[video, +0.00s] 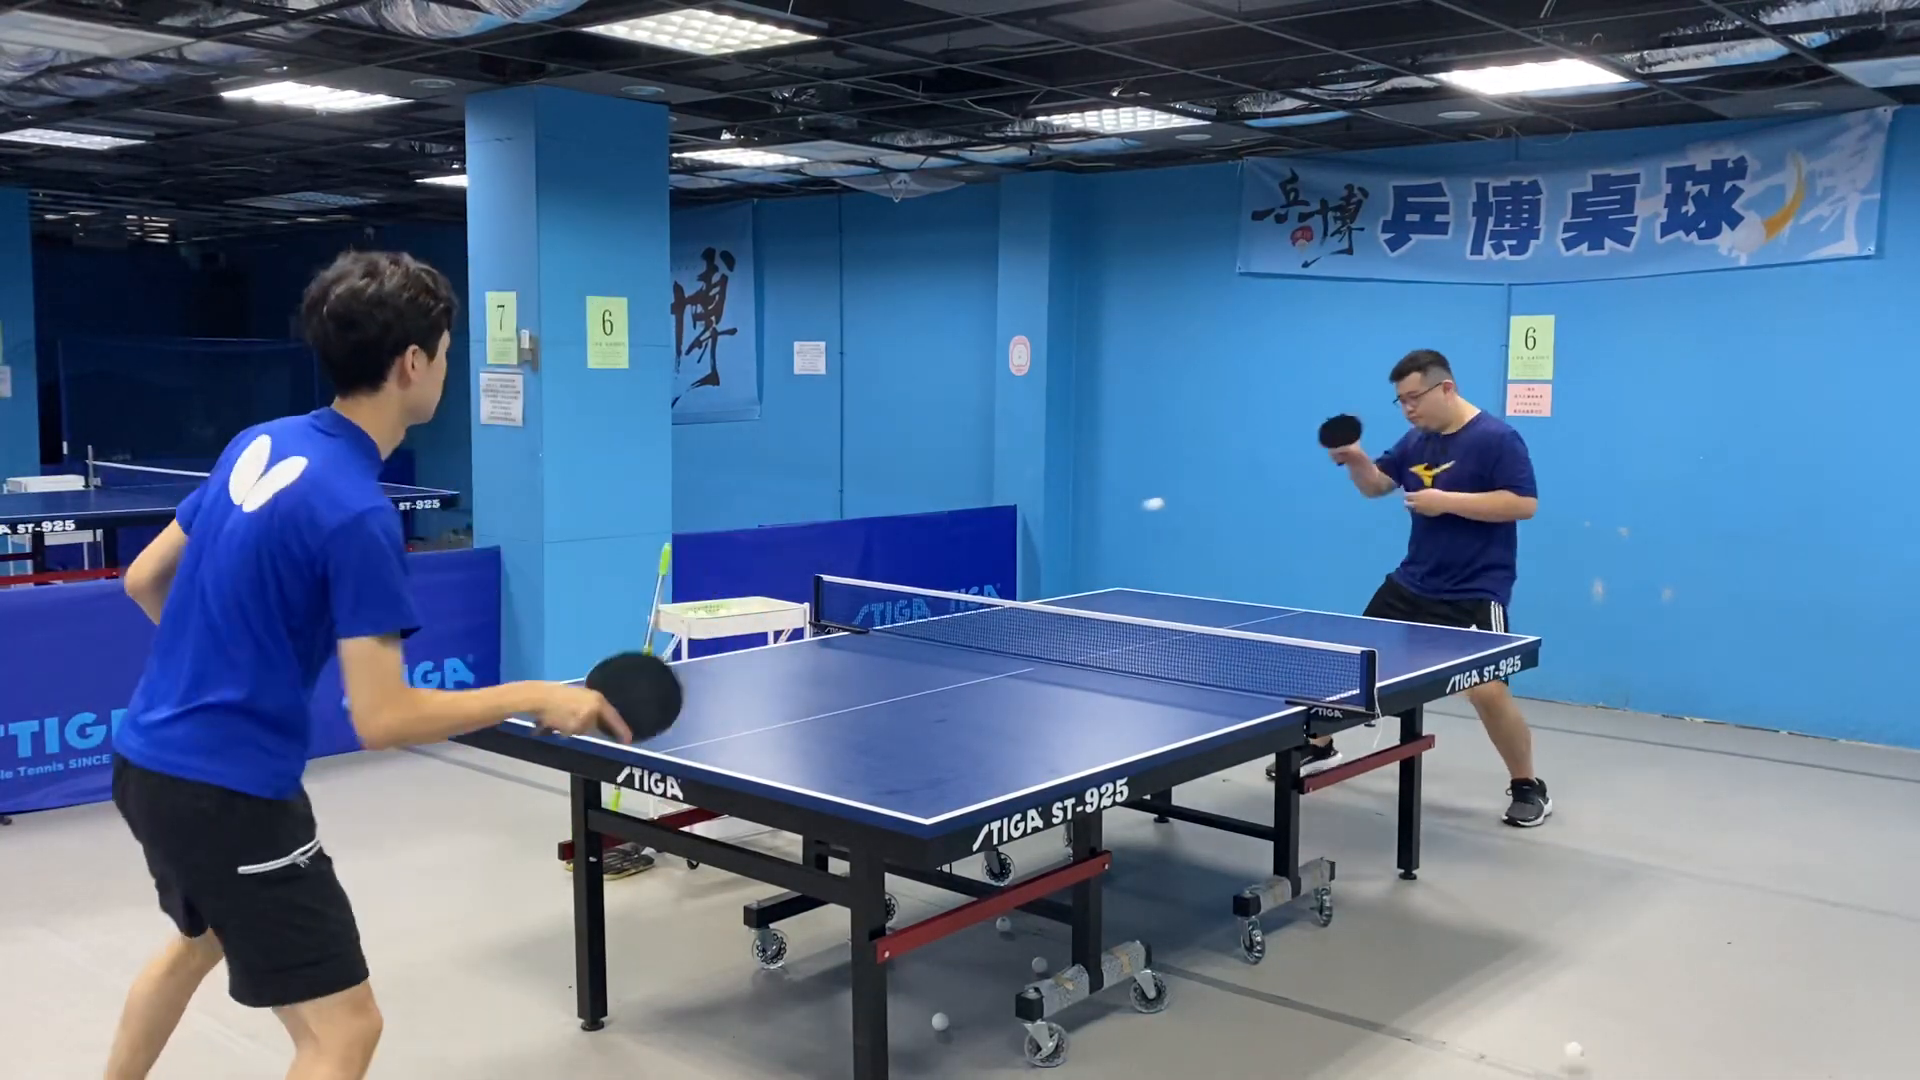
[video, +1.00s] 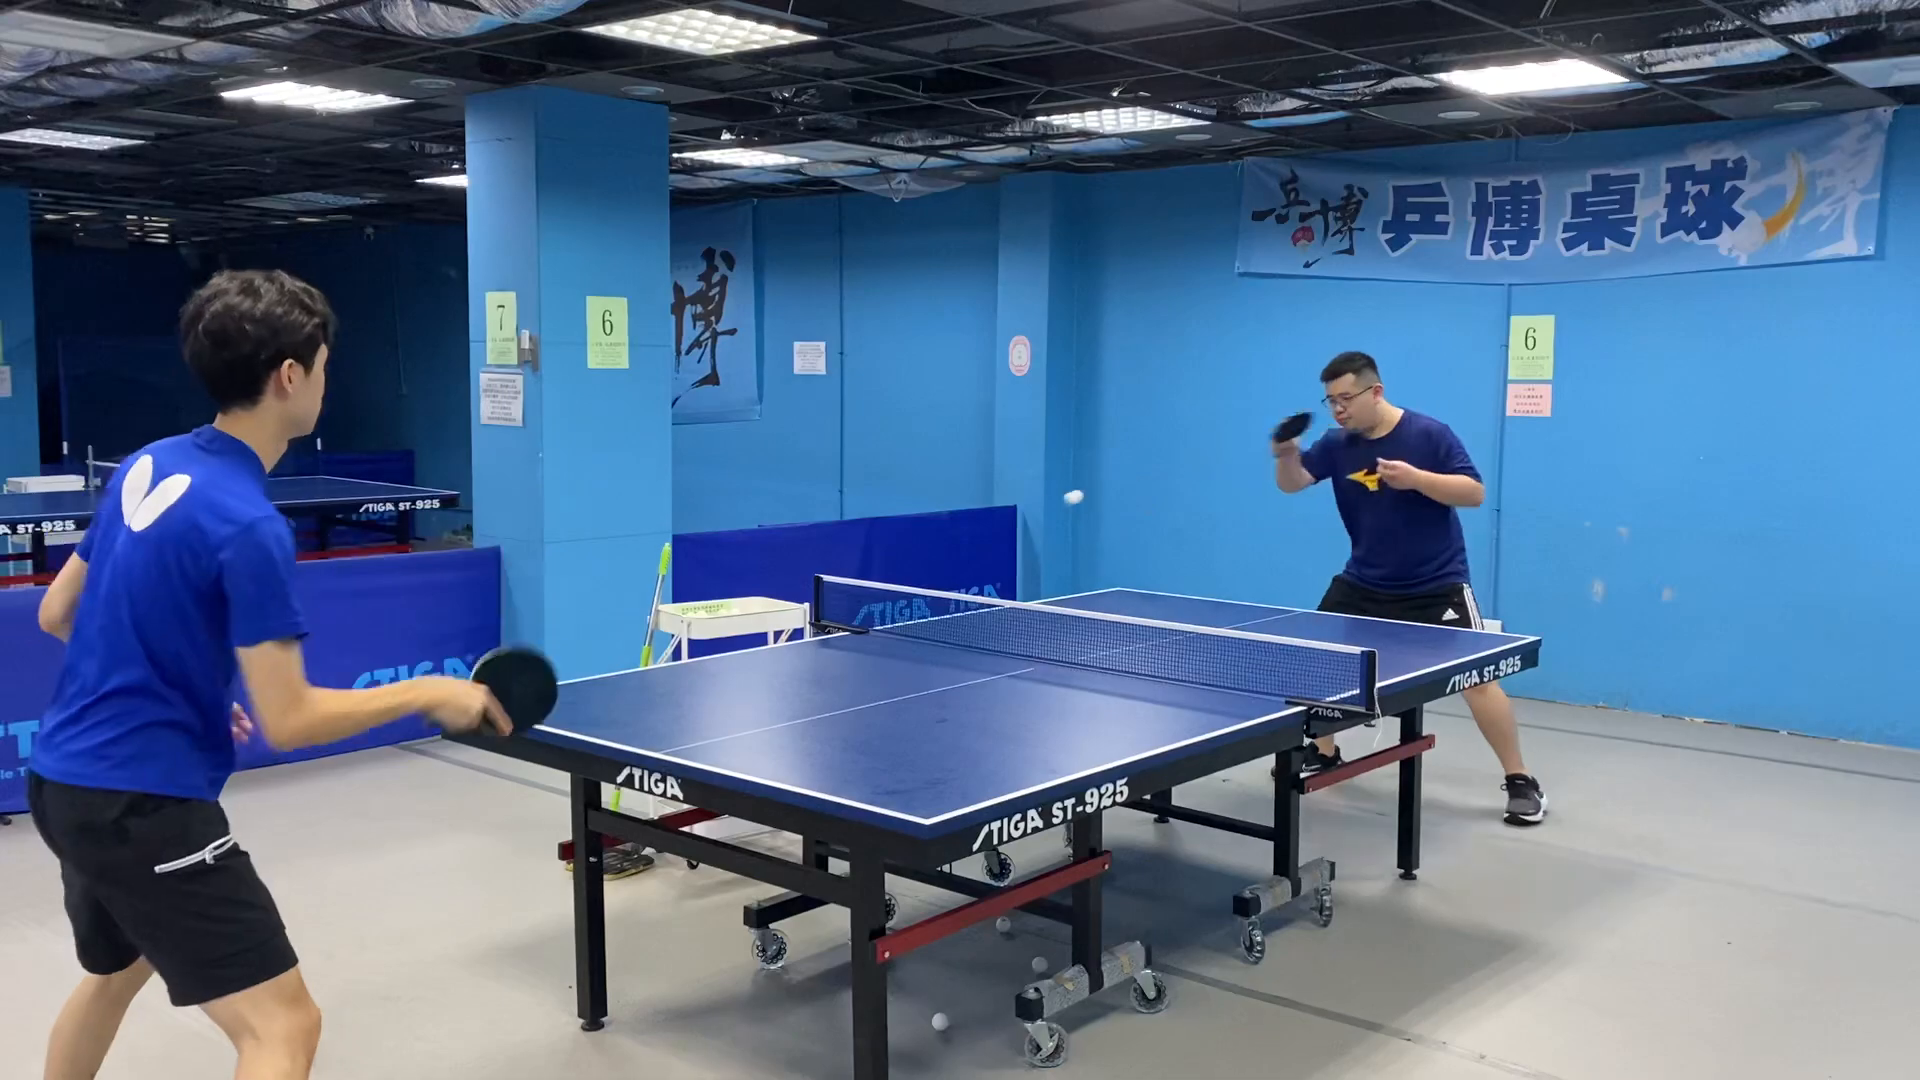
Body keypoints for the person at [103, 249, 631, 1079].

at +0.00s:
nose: (445, 374)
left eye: (445, 354)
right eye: (443, 354)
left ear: (334, 355)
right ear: (408, 365)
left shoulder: (256, 445)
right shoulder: (357, 508)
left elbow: (147, 577)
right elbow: (383, 715)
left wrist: (225, 658)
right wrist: (537, 698)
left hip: (147, 761)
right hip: (233, 790)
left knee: (200, 938)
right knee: (341, 1030)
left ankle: (118, 1073)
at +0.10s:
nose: (438, 410)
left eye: (440, 392)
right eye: (438, 392)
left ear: (339, 393)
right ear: (399, 403)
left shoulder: (278, 474)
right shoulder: (311, 536)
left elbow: (169, 598)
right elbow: (263, 743)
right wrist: (431, 761)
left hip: (139, 778)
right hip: (198, 807)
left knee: (179, 957)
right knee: (341, 1032)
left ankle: (95, 1074)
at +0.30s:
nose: (389, 450)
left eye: (392, 432)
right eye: (390, 431)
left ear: (294, 420)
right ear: (357, 432)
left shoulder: (225, 499)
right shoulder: (262, 558)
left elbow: (125, 630)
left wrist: (216, 753)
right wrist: (364, 723)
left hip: (96, 788)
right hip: (142, 816)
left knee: (174, 964)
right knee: (316, 1027)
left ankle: (86, 1073)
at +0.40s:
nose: (360, 425)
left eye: (362, 407)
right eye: (360, 406)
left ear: (260, 399)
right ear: (328, 411)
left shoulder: (170, 488)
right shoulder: (294, 550)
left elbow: (66, 626)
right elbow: (433, 704)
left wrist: (150, 697)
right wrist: (481, 659)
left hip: (65, 791)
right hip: (145, 814)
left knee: (143, 958)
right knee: (310, 1027)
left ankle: (71, 1078)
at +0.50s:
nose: (333, 401)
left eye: (332, 382)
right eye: (331, 382)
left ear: (230, 381)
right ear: (303, 390)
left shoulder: (136, 478)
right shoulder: (303, 525)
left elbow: (30, 622)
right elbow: (482, 614)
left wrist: (114, 695)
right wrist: (566, 580)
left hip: (61, 792)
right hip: (157, 810)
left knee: (112, 955)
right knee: (306, 1028)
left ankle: (53, 1076)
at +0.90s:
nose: (309, 370)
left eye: (306, 351)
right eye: (305, 352)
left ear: (202, 361)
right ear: (273, 366)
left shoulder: (118, 466)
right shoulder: (272, 510)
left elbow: (31, 616)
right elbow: (389, 669)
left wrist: (113, 677)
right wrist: (485, 608)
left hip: (64, 782)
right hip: (164, 801)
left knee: (105, 962)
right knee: (293, 1025)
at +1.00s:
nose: (324, 387)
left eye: (324, 368)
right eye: (322, 367)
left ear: (217, 370)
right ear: (286, 376)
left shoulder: (146, 466)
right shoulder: (246, 522)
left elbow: (59, 613)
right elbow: (288, 720)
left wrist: (194, 693)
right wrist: (428, 694)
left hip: (65, 775)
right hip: (144, 797)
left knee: (114, 970)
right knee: (280, 1026)